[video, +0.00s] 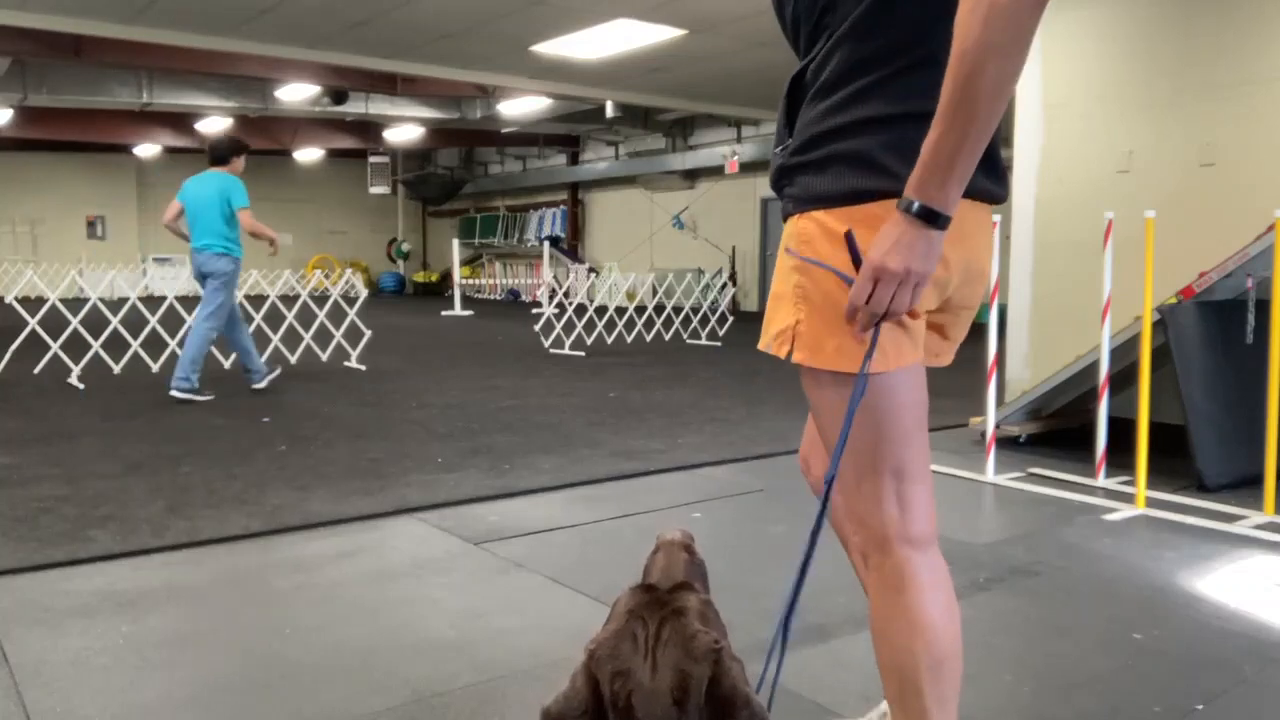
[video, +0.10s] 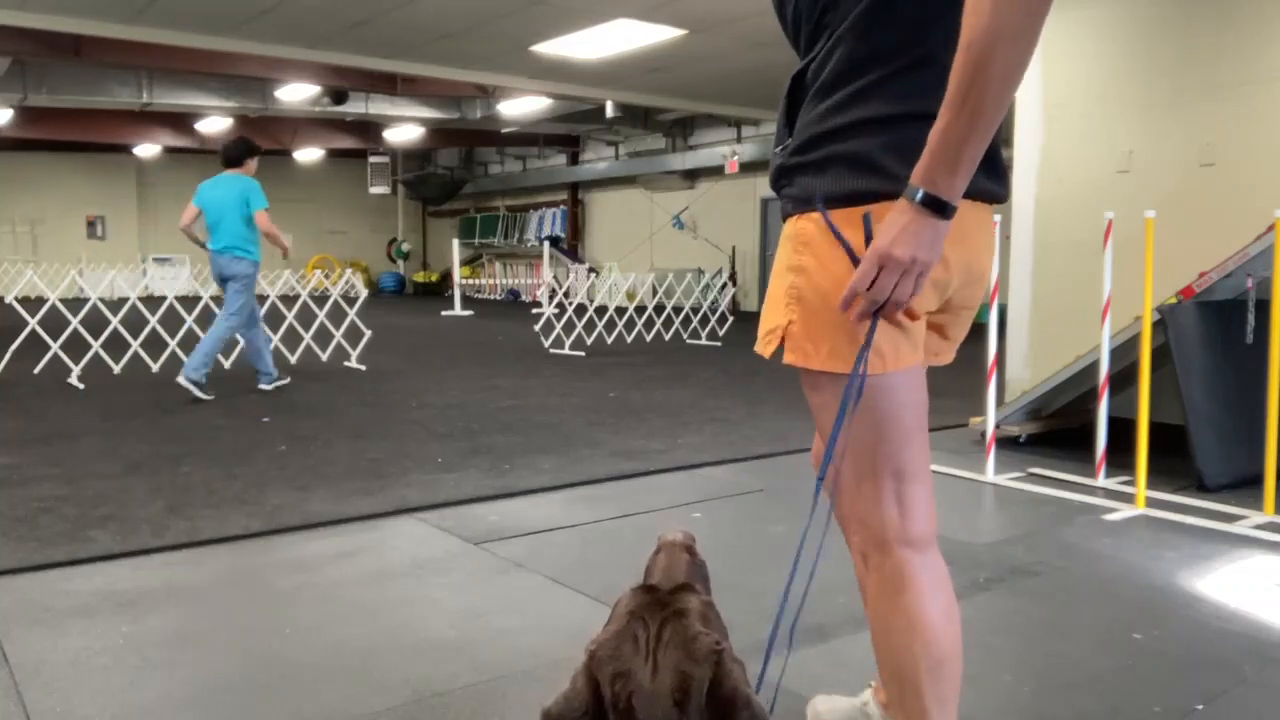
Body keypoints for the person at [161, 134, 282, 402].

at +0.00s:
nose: (244, 165)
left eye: (245, 160)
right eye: (243, 160)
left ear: (214, 159)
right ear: (232, 159)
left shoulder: (191, 182)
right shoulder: (232, 183)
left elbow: (169, 220)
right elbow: (249, 225)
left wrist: (191, 238)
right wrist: (272, 236)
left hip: (198, 258)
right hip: (223, 259)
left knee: (231, 319)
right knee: (208, 321)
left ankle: (258, 373)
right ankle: (183, 383)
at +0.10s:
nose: (257, 165)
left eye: (257, 161)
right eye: (255, 160)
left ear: (228, 161)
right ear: (246, 161)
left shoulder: (207, 186)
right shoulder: (250, 185)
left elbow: (185, 224)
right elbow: (265, 226)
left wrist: (202, 244)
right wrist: (284, 245)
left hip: (217, 261)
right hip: (243, 262)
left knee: (249, 318)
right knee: (230, 320)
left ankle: (268, 374)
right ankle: (193, 374)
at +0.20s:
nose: (270, 164)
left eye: (270, 159)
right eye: (268, 159)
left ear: (241, 160)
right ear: (259, 160)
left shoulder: (223, 185)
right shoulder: (265, 184)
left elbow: (205, 226)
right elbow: (275, 222)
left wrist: (223, 245)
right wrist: (295, 255)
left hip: (233, 258)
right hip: (259, 259)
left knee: (256, 318)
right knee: (265, 318)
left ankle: (268, 376)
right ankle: (217, 357)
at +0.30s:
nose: (283, 165)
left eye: (283, 160)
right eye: (281, 160)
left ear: (255, 160)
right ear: (272, 159)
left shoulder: (237, 184)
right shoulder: (276, 182)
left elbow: (224, 224)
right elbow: (283, 219)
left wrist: (241, 240)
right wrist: (299, 257)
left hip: (246, 255)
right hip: (272, 255)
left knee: (260, 313)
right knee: (291, 311)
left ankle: (269, 375)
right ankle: (254, 352)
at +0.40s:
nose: (295, 165)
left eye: (294, 161)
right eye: (294, 161)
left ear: (268, 161)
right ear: (287, 161)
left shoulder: (250, 184)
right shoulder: (288, 183)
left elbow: (242, 225)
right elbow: (291, 219)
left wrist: (259, 239)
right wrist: (304, 256)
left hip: (258, 253)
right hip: (282, 252)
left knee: (266, 315)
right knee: (309, 304)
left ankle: (268, 374)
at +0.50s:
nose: (310, 171)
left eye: (309, 166)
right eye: (308, 166)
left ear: (283, 165)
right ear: (301, 165)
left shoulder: (265, 188)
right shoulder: (300, 186)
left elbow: (260, 227)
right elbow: (298, 219)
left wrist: (273, 245)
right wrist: (308, 255)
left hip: (271, 254)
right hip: (294, 254)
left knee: (271, 315)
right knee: (319, 306)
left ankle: (269, 374)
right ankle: (333, 363)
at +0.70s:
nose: (337, 177)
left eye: (338, 173)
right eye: (337, 173)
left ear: (314, 170)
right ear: (330, 171)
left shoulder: (297, 192)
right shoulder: (327, 191)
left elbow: (298, 226)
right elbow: (323, 222)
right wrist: (329, 257)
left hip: (304, 256)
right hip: (328, 257)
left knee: (301, 312)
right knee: (345, 310)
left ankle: (277, 358)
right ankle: (348, 363)